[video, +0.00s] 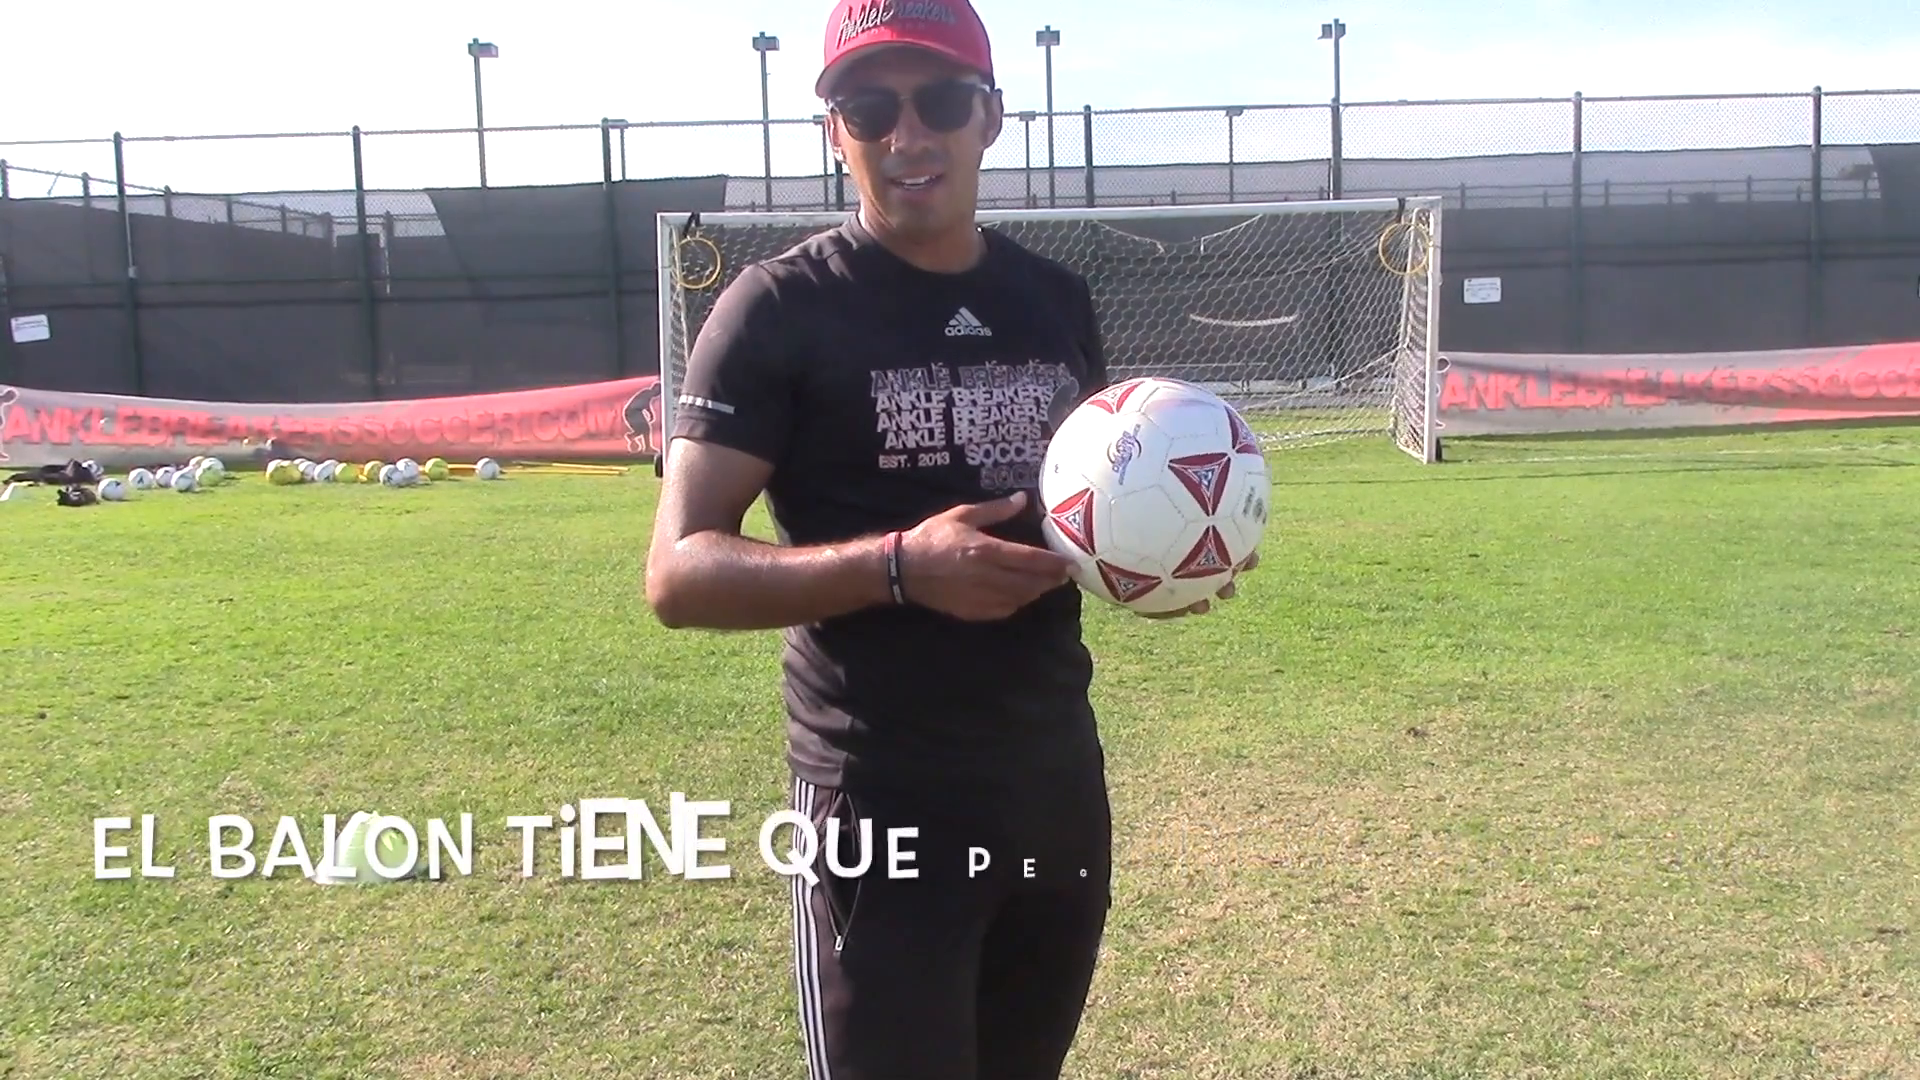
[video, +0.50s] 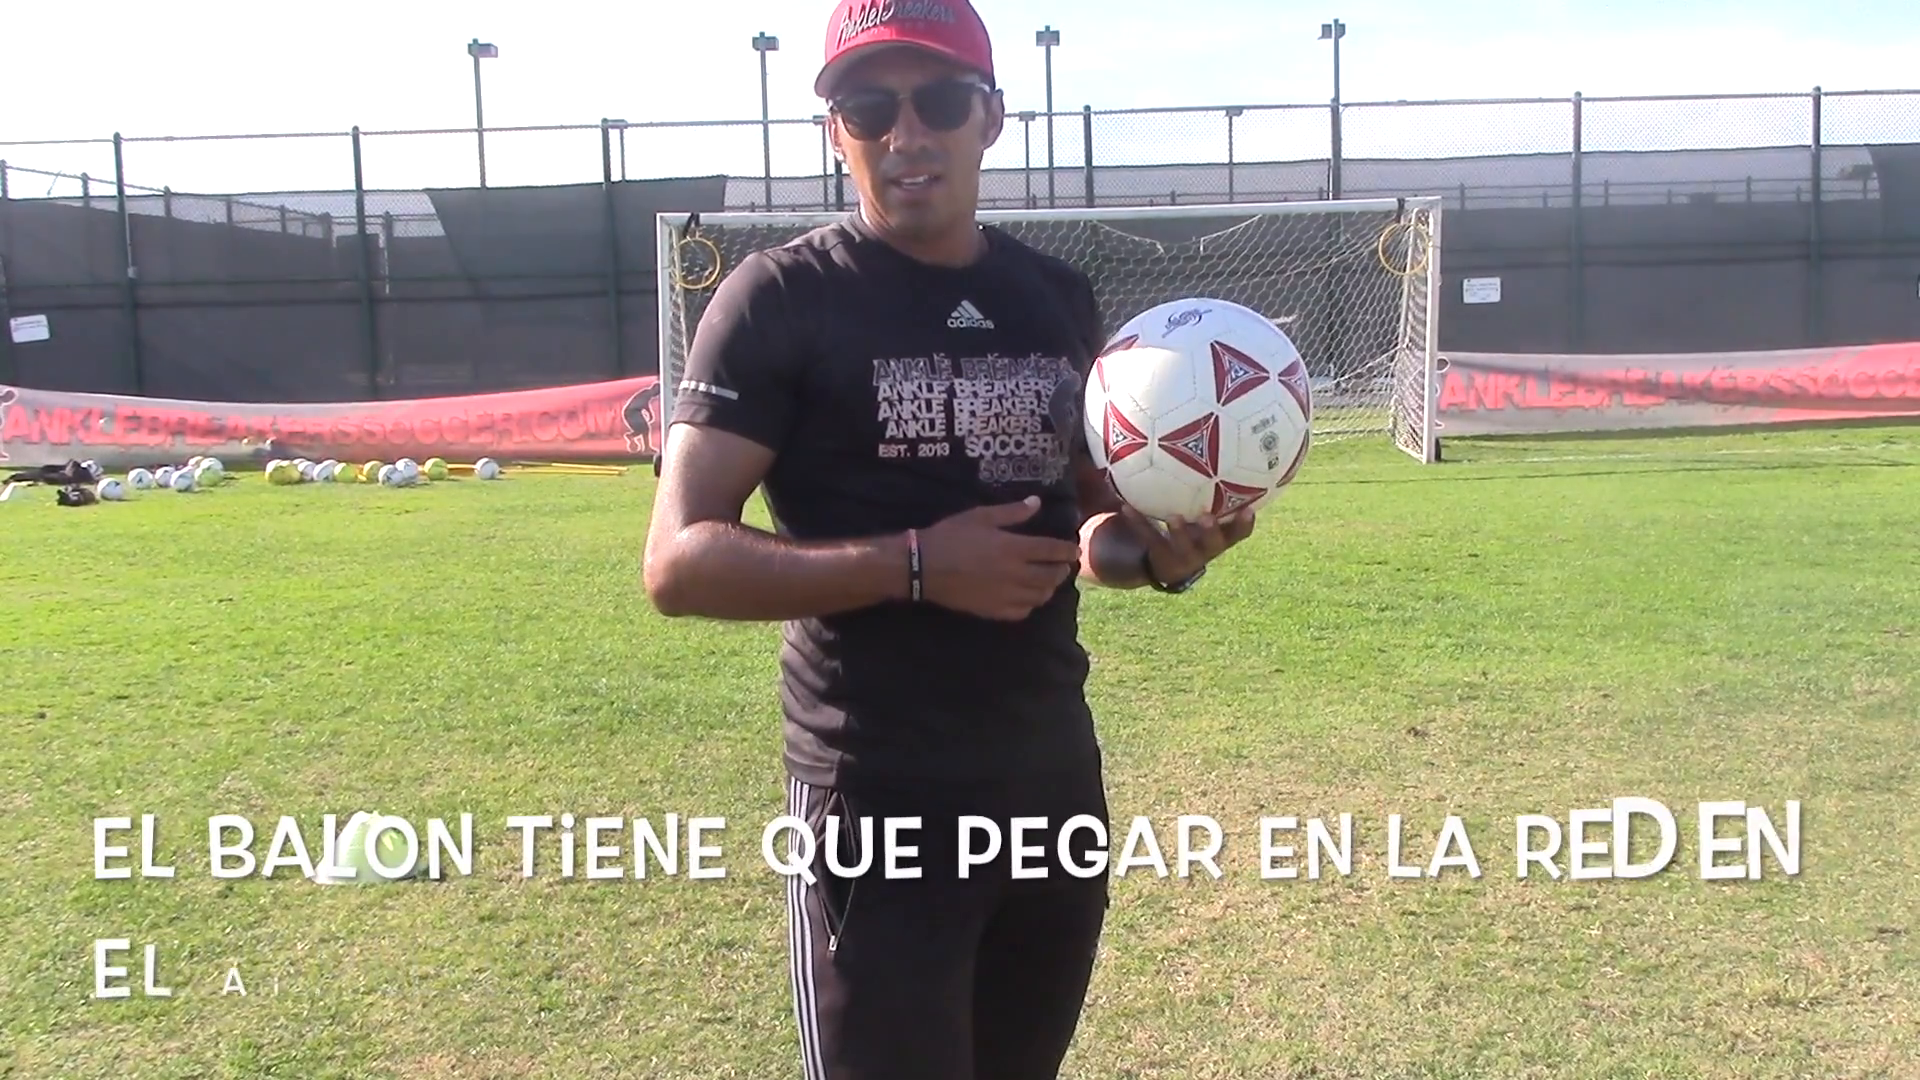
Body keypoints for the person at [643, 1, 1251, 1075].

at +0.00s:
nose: (909, 139)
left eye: (941, 104)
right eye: (874, 109)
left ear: (990, 118)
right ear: (836, 135)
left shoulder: (1053, 300)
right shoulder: (774, 309)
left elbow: (1093, 499)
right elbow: (678, 574)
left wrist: (1161, 482)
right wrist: (897, 567)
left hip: (1053, 771)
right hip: (876, 783)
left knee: (1023, 1063)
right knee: (890, 1062)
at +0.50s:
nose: (908, 137)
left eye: (940, 104)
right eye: (874, 109)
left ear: (989, 119)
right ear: (837, 133)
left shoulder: (1057, 298)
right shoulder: (775, 300)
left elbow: (1094, 526)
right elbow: (678, 562)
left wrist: (1157, 554)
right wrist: (915, 562)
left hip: (1050, 764)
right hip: (872, 777)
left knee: (1020, 1062)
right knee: (887, 1062)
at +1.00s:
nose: (920, 134)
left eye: (952, 101)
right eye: (884, 104)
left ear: (996, 118)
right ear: (841, 129)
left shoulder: (1056, 297)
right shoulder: (776, 304)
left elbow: (1087, 527)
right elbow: (685, 571)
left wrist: (1165, 553)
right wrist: (925, 564)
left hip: (1052, 772)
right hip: (873, 783)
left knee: (1022, 1063)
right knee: (889, 1062)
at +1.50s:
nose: (918, 122)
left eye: (946, 89)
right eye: (880, 97)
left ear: (993, 109)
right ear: (841, 131)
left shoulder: (1060, 288)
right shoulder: (776, 307)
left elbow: (1111, 541)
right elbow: (692, 586)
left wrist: (1157, 539)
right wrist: (831, 537)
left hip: (1058, 780)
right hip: (878, 792)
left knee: (1028, 1063)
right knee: (890, 1061)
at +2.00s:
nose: (904, 116)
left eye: (940, 86)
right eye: (871, 92)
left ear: (1001, 117)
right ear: (841, 124)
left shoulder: (1070, 295)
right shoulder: (771, 309)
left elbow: (1120, 501)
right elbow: (667, 572)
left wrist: (1146, 525)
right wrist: (858, 547)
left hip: (1050, 775)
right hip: (870, 789)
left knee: (1024, 1062)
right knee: (894, 1061)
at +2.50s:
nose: (927, 119)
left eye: (963, 85)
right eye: (884, 86)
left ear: (998, 111)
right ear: (824, 112)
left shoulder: (1030, 286)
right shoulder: (745, 318)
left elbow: (1069, 499)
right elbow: (628, 611)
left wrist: (1154, 601)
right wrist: (884, 619)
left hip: (1001, 771)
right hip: (835, 803)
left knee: (1019, 1063)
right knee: (888, 1063)